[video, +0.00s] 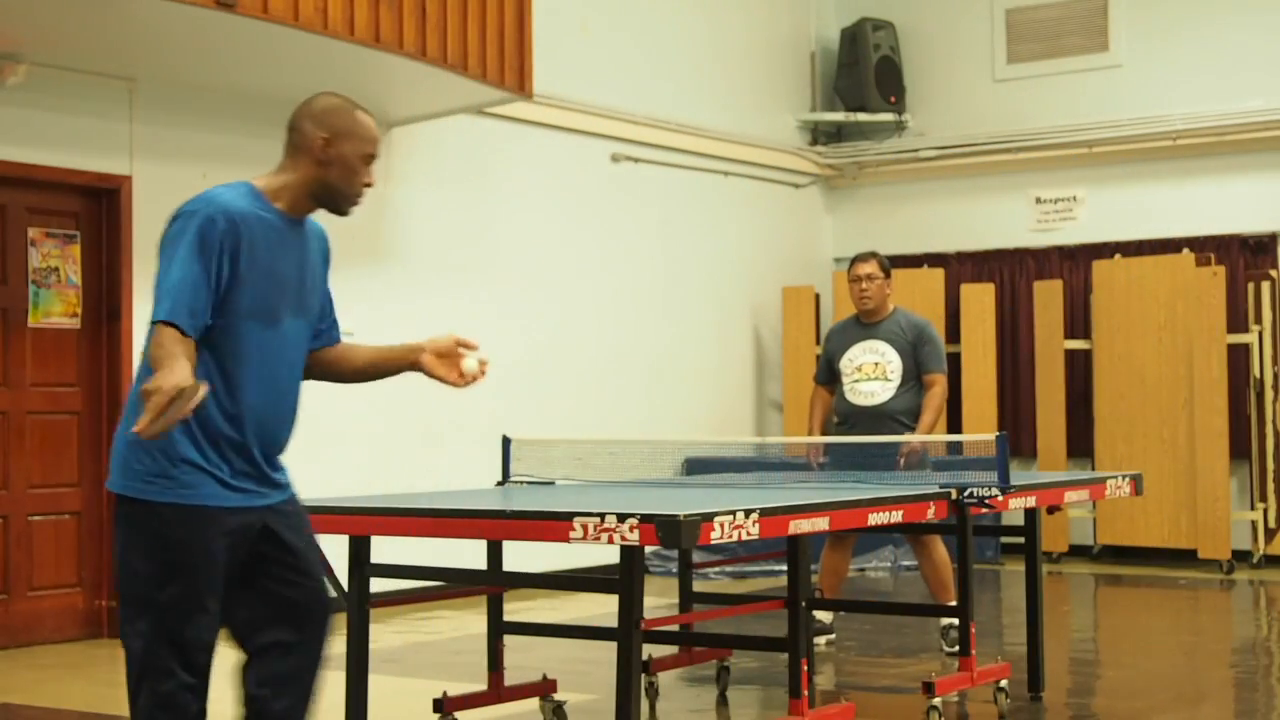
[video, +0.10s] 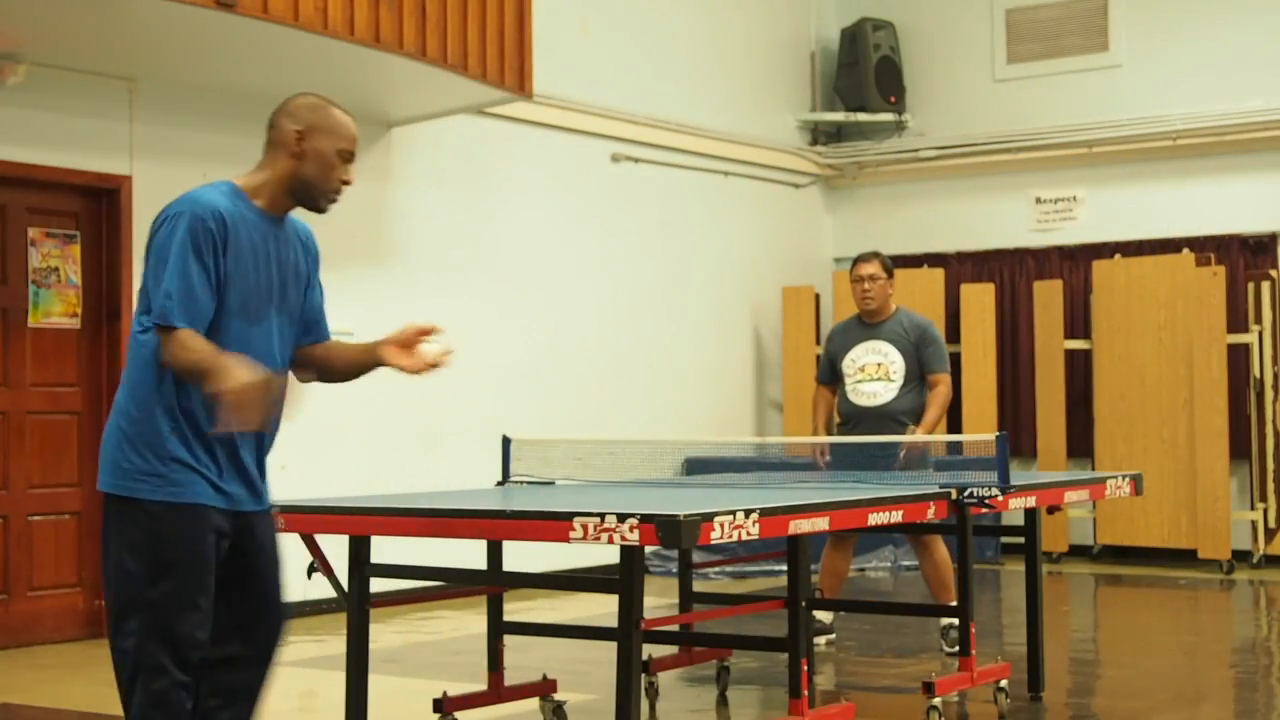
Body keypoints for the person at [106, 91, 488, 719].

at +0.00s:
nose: (370, 179)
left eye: (372, 164)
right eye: (364, 161)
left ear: (322, 150)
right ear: (319, 146)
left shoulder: (311, 243)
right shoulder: (214, 217)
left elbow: (316, 355)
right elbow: (170, 330)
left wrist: (416, 354)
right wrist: (177, 374)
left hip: (258, 482)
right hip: (174, 478)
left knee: (298, 618)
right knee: (172, 669)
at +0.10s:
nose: (348, 177)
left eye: (352, 162)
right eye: (341, 158)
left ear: (296, 145)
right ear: (293, 141)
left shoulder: (299, 243)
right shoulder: (198, 217)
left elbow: (309, 357)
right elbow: (174, 339)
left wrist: (378, 351)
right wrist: (231, 368)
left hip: (239, 480)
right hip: (160, 475)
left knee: (250, 634)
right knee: (167, 656)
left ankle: (216, 716)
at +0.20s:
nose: (334, 173)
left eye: (337, 159)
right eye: (327, 154)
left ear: (282, 147)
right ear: (280, 141)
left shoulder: (288, 240)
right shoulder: (193, 217)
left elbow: (283, 350)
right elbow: (198, 345)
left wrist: (335, 367)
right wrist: (316, 341)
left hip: (224, 477)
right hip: (156, 470)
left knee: (207, 649)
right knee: (164, 658)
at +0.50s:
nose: (318, 171)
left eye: (319, 157)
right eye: (313, 155)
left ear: (259, 155)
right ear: (276, 152)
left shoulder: (212, 219)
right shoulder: (238, 223)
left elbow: (202, 356)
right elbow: (290, 344)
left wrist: (278, 418)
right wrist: (371, 303)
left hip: (160, 466)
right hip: (188, 470)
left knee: (176, 638)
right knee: (248, 622)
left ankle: (157, 715)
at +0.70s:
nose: (340, 173)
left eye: (339, 160)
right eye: (336, 159)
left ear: (274, 161)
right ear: (312, 159)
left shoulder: (205, 229)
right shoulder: (298, 233)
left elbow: (167, 337)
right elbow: (325, 360)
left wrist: (275, 390)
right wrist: (422, 363)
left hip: (153, 464)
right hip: (220, 468)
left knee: (175, 648)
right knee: (286, 634)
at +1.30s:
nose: (409, 227)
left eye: (408, 214)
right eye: (401, 214)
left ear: (356, 217)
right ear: (364, 218)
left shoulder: (272, 262)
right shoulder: (309, 286)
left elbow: (247, 373)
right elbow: (294, 421)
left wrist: (330, 393)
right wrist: (384, 425)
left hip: (177, 483)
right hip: (230, 490)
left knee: (210, 633)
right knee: (325, 636)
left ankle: (166, 716)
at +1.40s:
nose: (408, 225)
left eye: (407, 210)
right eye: (399, 210)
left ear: (346, 210)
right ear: (355, 210)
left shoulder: (267, 253)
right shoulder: (308, 290)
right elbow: (334, 423)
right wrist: (425, 406)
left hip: (168, 476)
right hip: (223, 485)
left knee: (198, 637)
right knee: (303, 641)